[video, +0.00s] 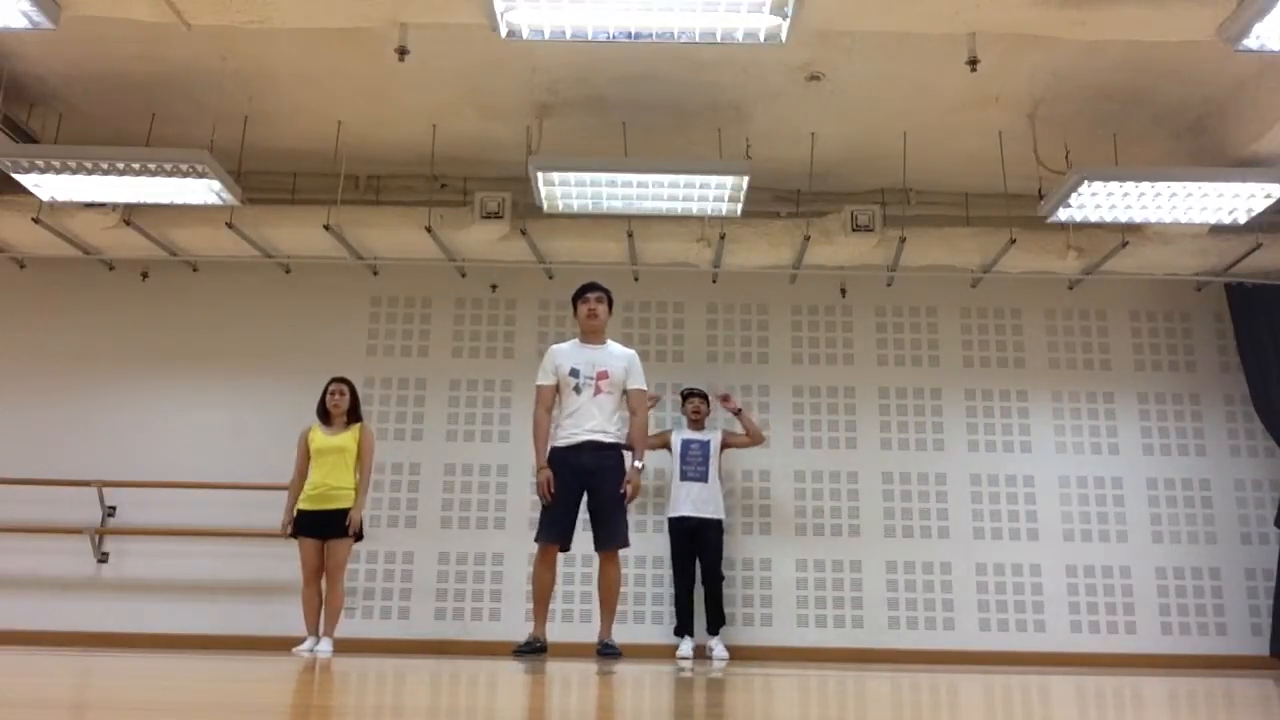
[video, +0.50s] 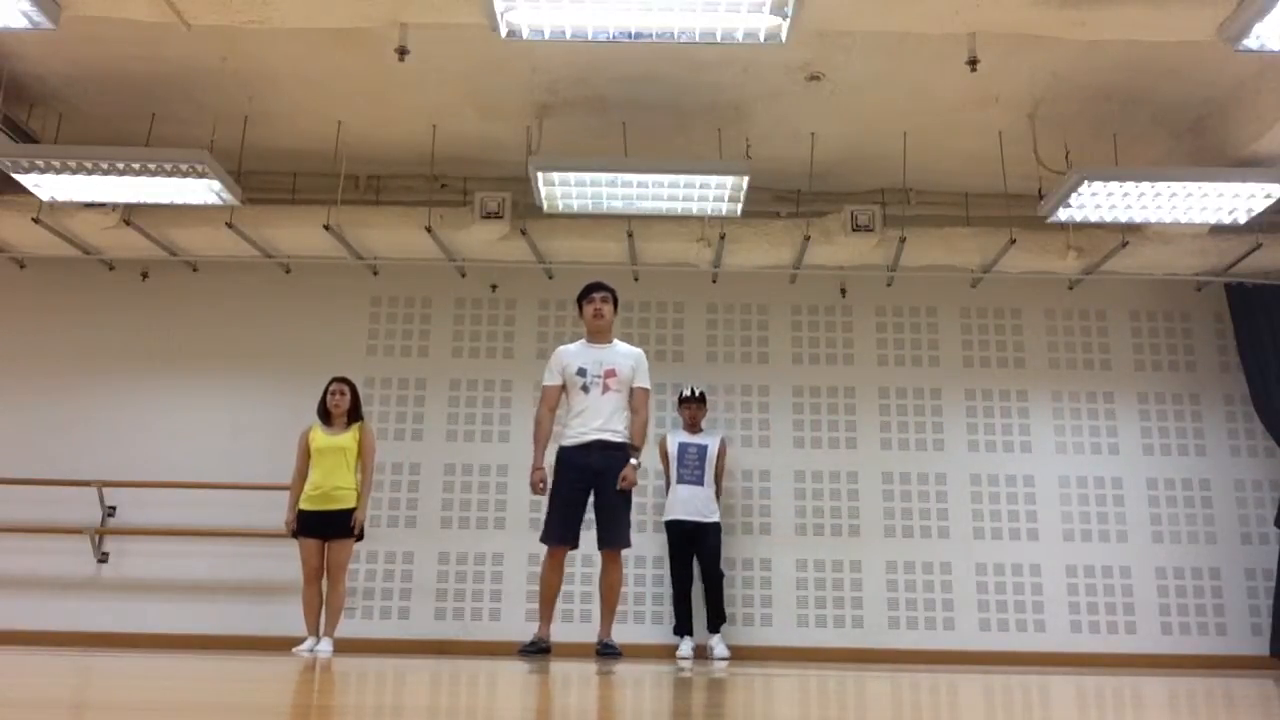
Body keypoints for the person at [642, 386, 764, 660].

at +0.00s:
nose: (695, 407)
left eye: (700, 404)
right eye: (691, 404)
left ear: (708, 409)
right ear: (683, 410)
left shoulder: (718, 437)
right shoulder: (672, 436)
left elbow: (756, 438)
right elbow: (636, 443)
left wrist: (736, 410)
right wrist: (643, 410)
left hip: (710, 516)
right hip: (680, 516)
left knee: (713, 578)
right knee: (683, 580)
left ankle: (714, 638)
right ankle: (685, 639)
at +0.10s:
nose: (694, 408)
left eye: (699, 404)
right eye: (689, 404)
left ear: (706, 409)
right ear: (682, 410)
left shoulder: (717, 438)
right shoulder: (671, 436)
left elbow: (754, 450)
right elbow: (642, 453)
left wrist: (745, 420)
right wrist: (631, 430)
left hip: (709, 518)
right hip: (679, 517)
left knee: (712, 579)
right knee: (683, 581)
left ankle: (714, 638)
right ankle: (685, 639)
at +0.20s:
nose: (693, 409)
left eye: (698, 405)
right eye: (688, 405)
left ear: (706, 410)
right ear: (681, 411)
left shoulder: (717, 442)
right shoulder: (669, 441)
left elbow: (741, 467)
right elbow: (650, 466)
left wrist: (753, 448)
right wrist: (639, 471)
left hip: (708, 520)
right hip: (678, 518)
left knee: (710, 579)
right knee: (682, 581)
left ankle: (713, 637)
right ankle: (685, 639)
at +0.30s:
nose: (693, 410)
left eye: (698, 406)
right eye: (688, 406)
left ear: (705, 411)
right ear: (681, 411)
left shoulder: (717, 443)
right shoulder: (669, 441)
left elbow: (727, 478)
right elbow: (654, 476)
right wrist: (639, 491)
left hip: (707, 520)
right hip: (677, 518)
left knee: (709, 579)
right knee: (681, 581)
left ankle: (712, 636)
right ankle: (685, 638)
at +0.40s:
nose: (692, 413)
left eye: (697, 408)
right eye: (687, 408)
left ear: (704, 412)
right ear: (680, 411)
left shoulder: (716, 443)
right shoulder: (667, 443)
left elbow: (722, 482)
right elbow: (662, 483)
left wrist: (728, 513)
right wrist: (659, 517)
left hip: (707, 519)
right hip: (677, 517)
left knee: (710, 578)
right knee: (681, 580)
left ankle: (711, 633)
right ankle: (685, 637)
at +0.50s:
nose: (692, 414)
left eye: (696, 409)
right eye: (687, 409)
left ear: (704, 411)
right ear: (680, 411)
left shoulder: (717, 442)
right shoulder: (667, 442)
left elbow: (718, 480)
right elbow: (669, 479)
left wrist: (712, 506)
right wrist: (674, 505)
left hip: (707, 516)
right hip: (678, 515)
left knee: (712, 576)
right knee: (681, 578)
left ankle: (715, 635)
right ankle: (685, 637)